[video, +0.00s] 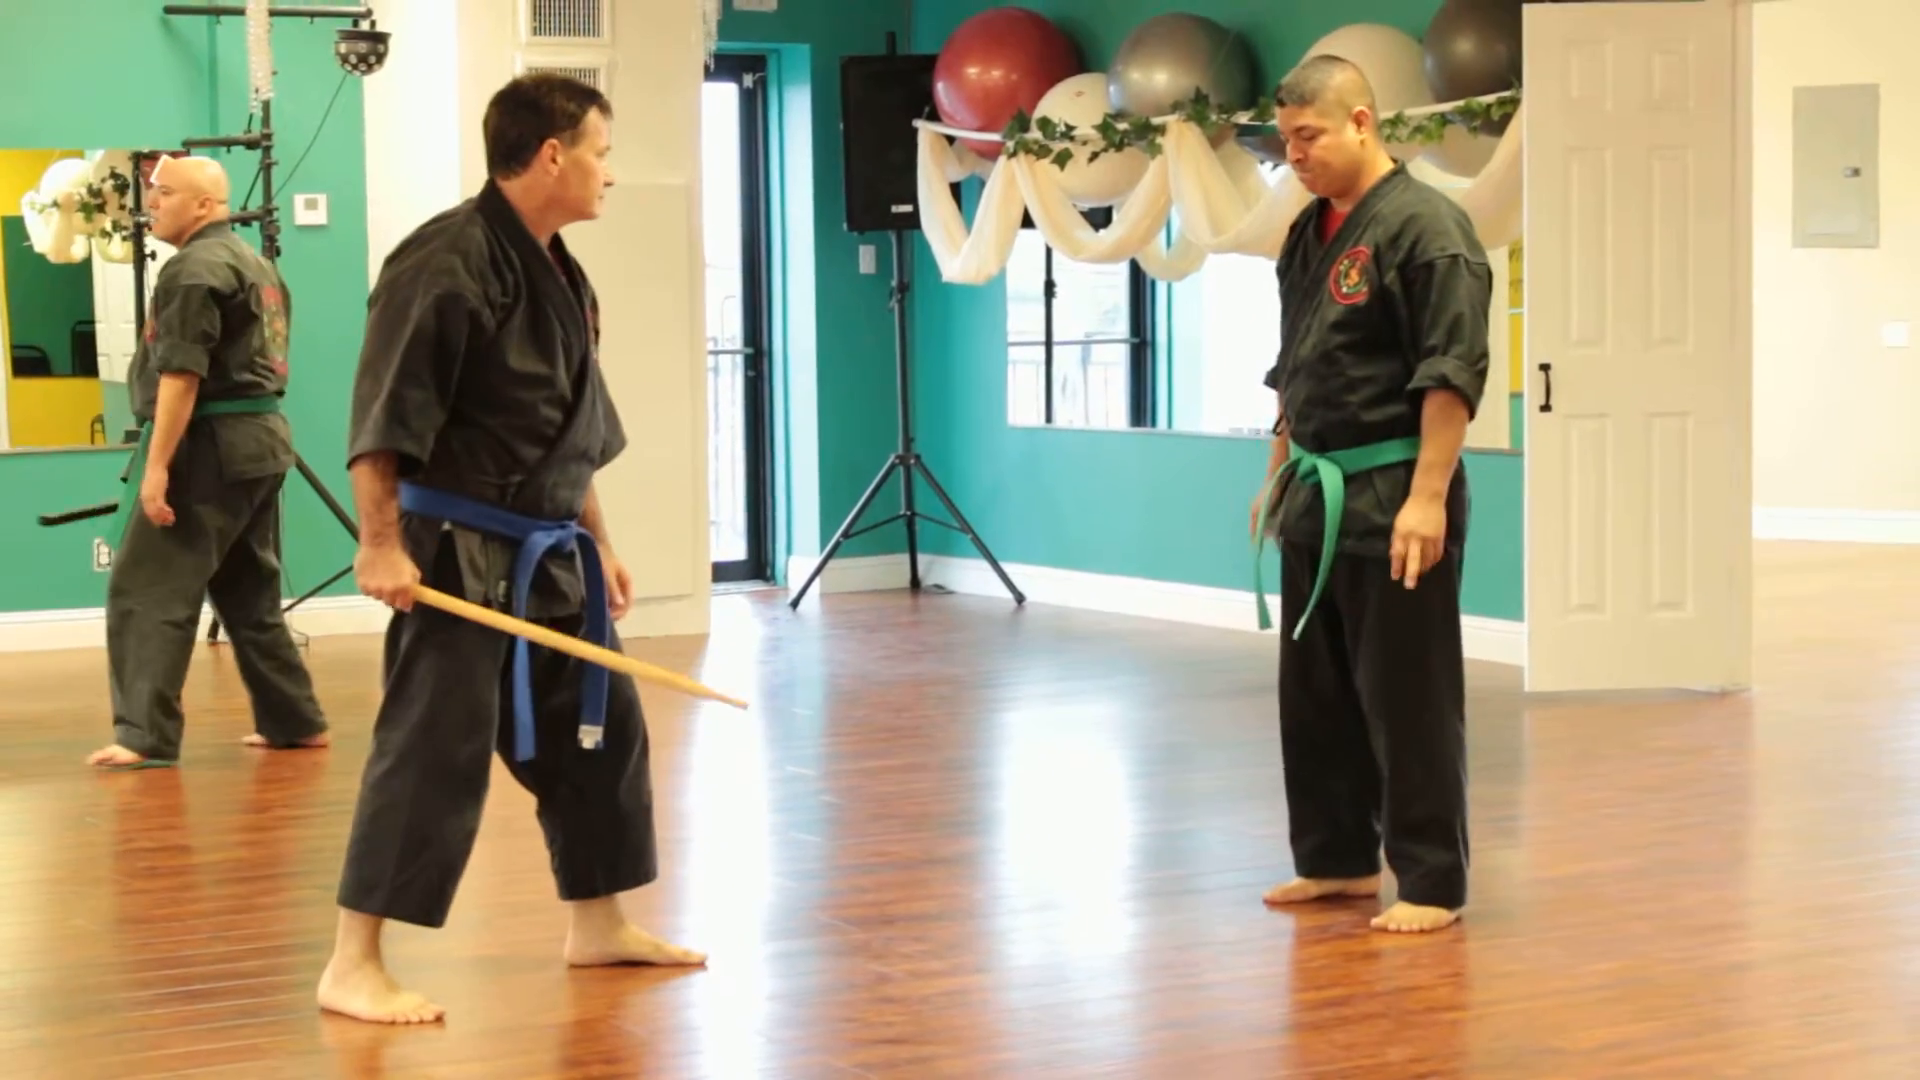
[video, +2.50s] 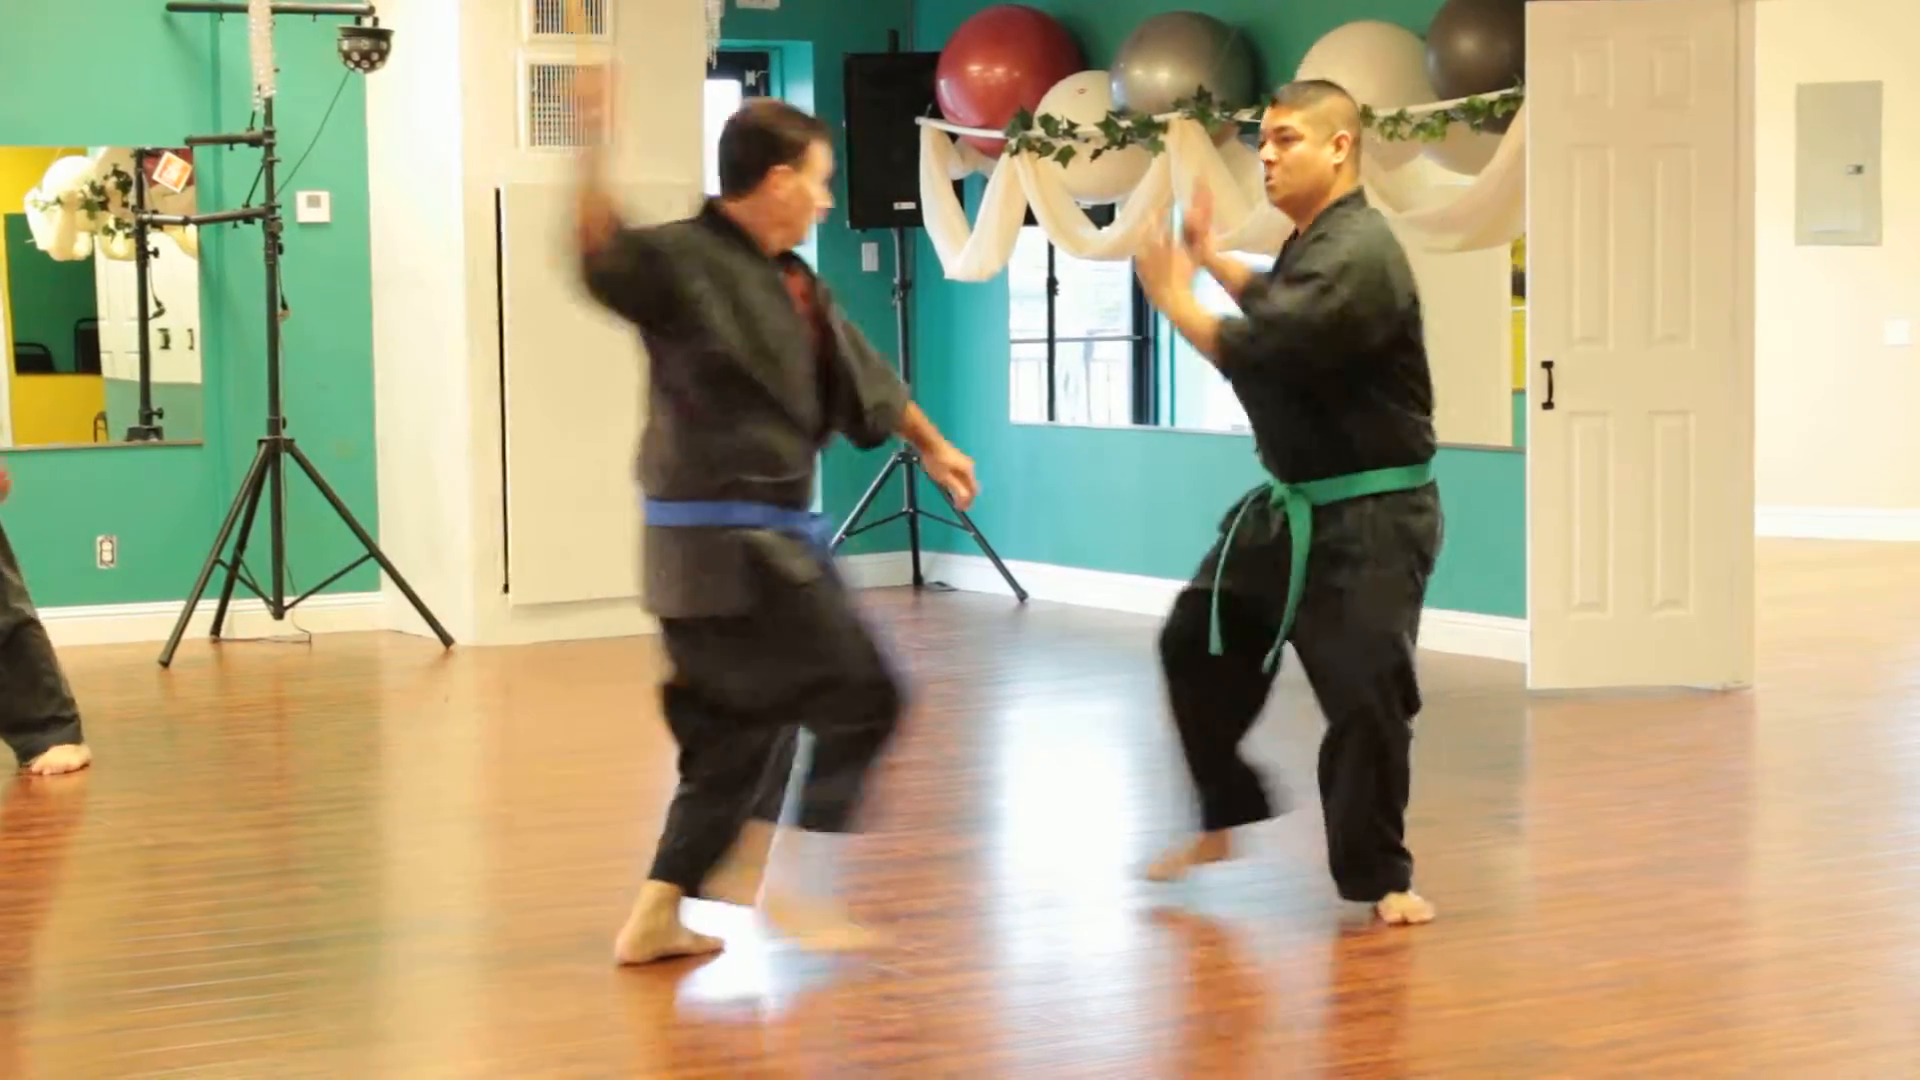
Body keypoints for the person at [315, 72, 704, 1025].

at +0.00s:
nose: (609, 173)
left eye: (608, 154)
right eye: (600, 154)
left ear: (551, 156)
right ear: (551, 156)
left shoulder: (558, 272)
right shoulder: (443, 260)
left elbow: (561, 430)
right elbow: (379, 410)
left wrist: (598, 541)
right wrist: (380, 539)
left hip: (553, 541)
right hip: (459, 540)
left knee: (598, 723)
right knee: (427, 743)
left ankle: (598, 926)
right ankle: (352, 964)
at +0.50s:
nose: (605, 175)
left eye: (605, 156)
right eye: (597, 155)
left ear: (548, 158)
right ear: (545, 156)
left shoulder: (559, 276)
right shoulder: (439, 262)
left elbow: (572, 428)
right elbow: (378, 412)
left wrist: (615, 539)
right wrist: (380, 541)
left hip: (558, 545)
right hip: (461, 543)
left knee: (600, 726)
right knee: (427, 747)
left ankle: (598, 926)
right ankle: (351, 967)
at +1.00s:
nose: (605, 175)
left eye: (604, 156)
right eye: (596, 156)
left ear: (548, 158)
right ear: (543, 156)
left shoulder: (564, 276)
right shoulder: (439, 261)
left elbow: (580, 428)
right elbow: (376, 409)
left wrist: (618, 539)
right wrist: (375, 542)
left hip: (559, 546)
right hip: (459, 543)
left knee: (600, 727)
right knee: (427, 747)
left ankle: (598, 928)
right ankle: (352, 967)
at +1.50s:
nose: (605, 173)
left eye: (604, 154)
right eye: (596, 154)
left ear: (550, 156)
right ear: (544, 155)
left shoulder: (566, 275)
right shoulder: (439, 261)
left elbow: (583, 427)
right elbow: (377, 409)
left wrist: (622, 538)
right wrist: (378, 540)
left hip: (560, 544)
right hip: (460, 542)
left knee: (600, 727)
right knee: (429, 747)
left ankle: (599, 927)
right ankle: (353, 965)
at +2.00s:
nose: (619, 184)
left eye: (618, 165)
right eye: (610, 164)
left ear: (561, 164)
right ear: (559, 164)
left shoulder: (581, 284)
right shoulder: (447, 267)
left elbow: (617, 424)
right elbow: (376, 407)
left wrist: (679, 527)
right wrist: (378, 540)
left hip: (563, 546)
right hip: (463, 545)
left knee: (641, 702)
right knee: (444, 747)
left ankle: (611, 908)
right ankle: (354, 966)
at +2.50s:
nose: (826, 198)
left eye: (826, 182)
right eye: (817, 179)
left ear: (771, 182)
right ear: (769, 177)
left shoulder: (795, 284)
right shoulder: (685, 254)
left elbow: (861, 376)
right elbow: (604, 257)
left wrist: (931, 446)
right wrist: (592, 148)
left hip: (752, 535)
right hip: (725, 538)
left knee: (736, 730)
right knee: (862, 694)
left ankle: (655, 916)